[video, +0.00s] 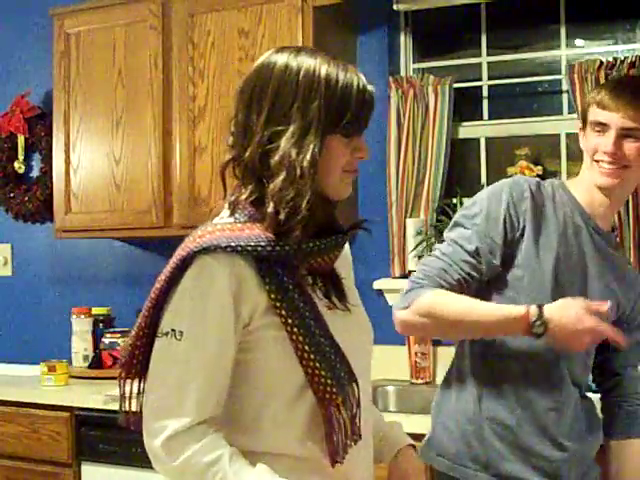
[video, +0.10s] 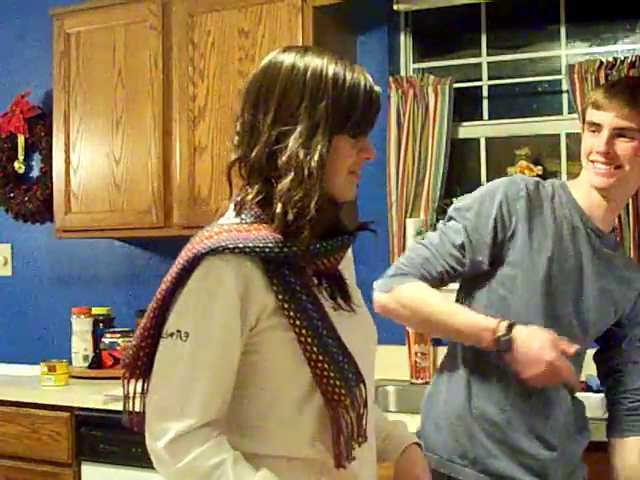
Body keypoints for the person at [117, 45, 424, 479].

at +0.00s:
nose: (363, 150)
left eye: (361, 133)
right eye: (346, 132)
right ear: (290, 137)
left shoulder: (330, 249)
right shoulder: (221, 263)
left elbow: (341, 394)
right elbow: (176, 434)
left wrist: (398, 451)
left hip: (351, 470)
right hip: (274, 468)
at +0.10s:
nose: (370, 151)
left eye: (366, 134)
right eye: (354, 133)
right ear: (297, 137)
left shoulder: (331, 251)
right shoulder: (228, 265)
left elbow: (339, 399)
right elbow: (180, 437)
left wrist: (403, 448)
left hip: (351, 468)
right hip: (275, 467)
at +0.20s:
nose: (376, 151)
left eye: (372, 134)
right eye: (360, 133)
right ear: (304, 135)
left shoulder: (332, 258)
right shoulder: (235, 268)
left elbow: (339, 398)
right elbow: (183, 437)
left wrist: (407, 444)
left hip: (350, 468)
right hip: (275, 468)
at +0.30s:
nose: (379, 151)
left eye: (377, 135)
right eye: (365, 133)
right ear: (310, 136)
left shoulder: (327, 255)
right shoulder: (244, 266)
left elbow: (359, 391)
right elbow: (189, 439)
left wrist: (412, 449)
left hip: (360, 467)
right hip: (288, 468)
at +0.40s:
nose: (385, 149)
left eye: (382, 132)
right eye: (372, 132)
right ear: (318, 137)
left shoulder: (327, 254)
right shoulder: (248, 266)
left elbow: (348, 394)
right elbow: (192, 439)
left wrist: (411, 443)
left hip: (357, 468)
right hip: (289, 468)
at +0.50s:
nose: (386, 149)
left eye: (384, 133)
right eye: (377, 133)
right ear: (331, 140)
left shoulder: (320, 259)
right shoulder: (253, 269)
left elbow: (332, 401)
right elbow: (196, 441)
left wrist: (408, 440)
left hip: (356, 469)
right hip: (292, 470)